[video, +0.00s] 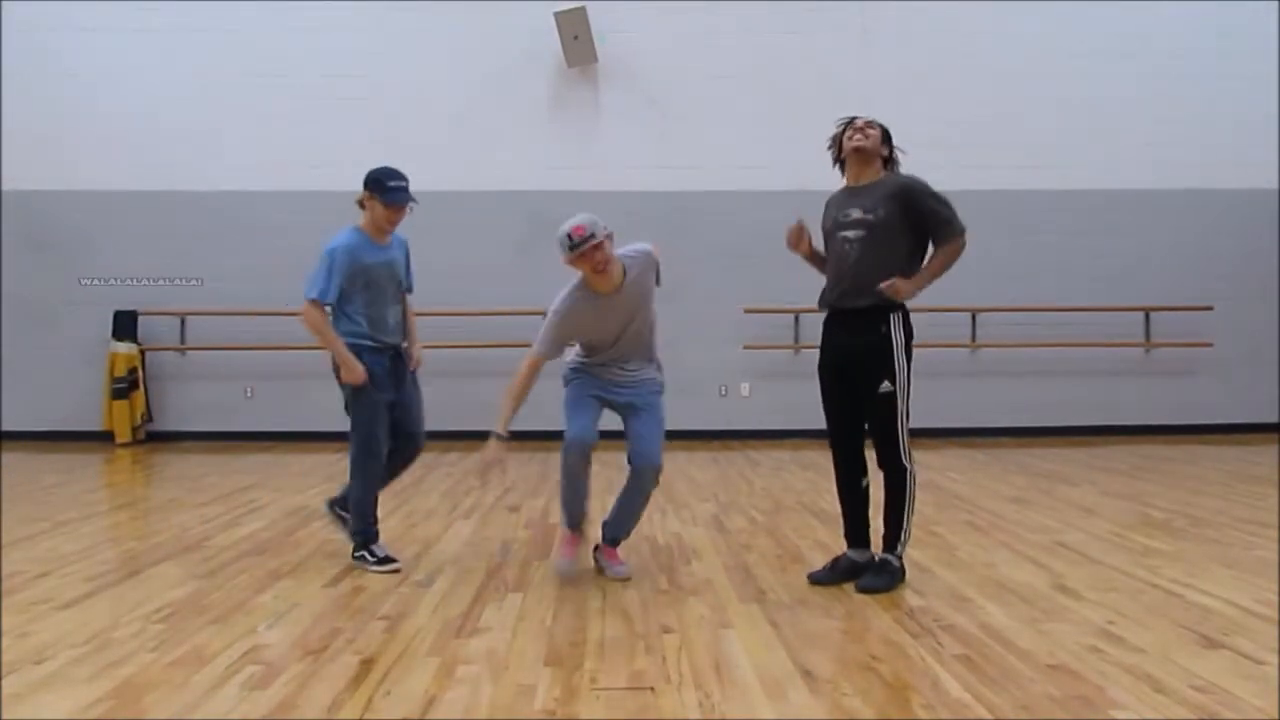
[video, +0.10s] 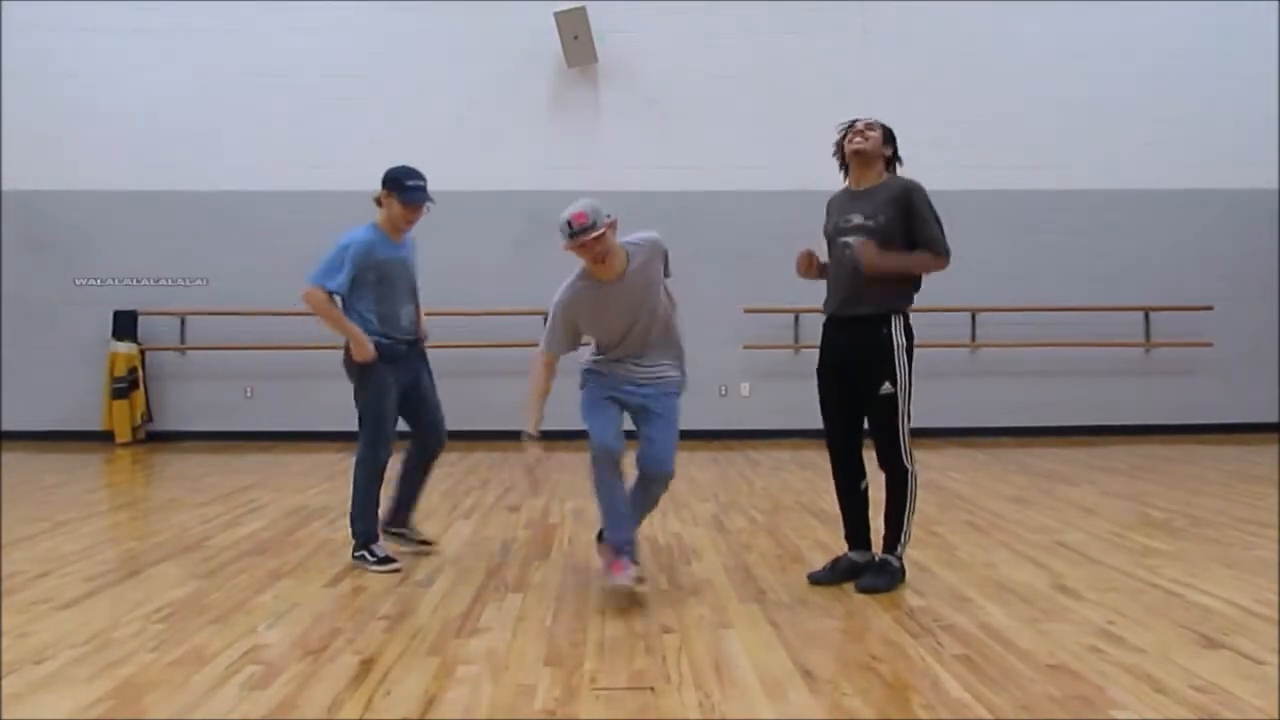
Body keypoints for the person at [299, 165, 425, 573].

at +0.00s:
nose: (397, 215)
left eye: (402, 207)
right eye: (389, 207)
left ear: (407, 207)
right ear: (366, 202)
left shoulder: (399, 246)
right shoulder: (343, 249)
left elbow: (404, 298)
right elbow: (311, 309)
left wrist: (413, 342)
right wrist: (345, 358)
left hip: (397, 358)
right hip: (361, 360)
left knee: (410, 441)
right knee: (371, 448)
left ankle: (349, 499)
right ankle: (365, 542)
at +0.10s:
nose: (414, 215)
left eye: (420, 207)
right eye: (407, 206)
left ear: (424, 206)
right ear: (384, 201)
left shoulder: (407, 244)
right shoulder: (359, 245)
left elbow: (404, 290)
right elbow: (314, 293)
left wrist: (418, 321)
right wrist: (354, 335)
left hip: (410, 354)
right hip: (374, 358)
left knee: (431, 435)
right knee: (375, 447)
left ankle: (398, 521)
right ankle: (364, 542)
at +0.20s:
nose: (429, 216)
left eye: (435, 208)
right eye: (422, 207)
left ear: (439, 208)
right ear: (399, 201)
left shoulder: (417, 244)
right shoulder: (376, 240)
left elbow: (407, 294)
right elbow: (325, 284)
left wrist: (428, 325)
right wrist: (369, 326)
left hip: (421, 357)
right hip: (385, 359)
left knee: (441, 435)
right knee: (375, 447)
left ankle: (454, 527)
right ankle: (364, 542)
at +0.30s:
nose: (445, 220)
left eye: (450, 212)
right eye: (438, 211)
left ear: (455, 213)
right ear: (415, 205)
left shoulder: (432, 250)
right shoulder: (388, 245)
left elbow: (429, 303)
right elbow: (348, 293)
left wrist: (447, 331)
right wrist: (400, 307)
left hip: (435, 364)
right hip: (396, 366)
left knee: (457, 447)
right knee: (380, 451)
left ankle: (481, 531)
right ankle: (364, 542)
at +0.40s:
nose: (461, 224)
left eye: (466, 216)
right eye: (454, 215)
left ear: (471, 216)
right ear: (430, 210)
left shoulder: (450, 255)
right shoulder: (406, 247)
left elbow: (447, 308)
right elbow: (383, 305)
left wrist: (476, 317)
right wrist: (438, 295)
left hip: (455, 365)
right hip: (415, 367)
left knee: (479, 448)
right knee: (404, 454)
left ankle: (485, 533)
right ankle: (368, 540)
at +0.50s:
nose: (471, 231)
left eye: (478, 223)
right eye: (464, 222)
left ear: (485, 221)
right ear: (443, 213)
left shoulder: (470, 258)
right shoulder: (417, 250)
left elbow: (472, 322)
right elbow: (408, 311)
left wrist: (493, 307)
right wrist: (460, 278)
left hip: (470, 365)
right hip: (428, 368)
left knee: (491, 450)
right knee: (421, 457)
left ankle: (485, 533)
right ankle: (378, 532)